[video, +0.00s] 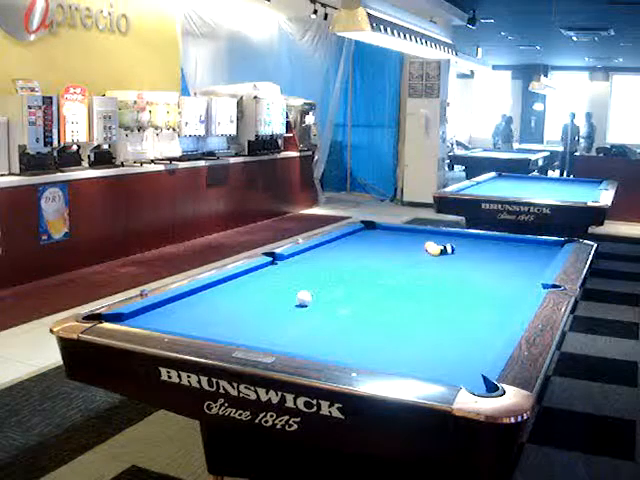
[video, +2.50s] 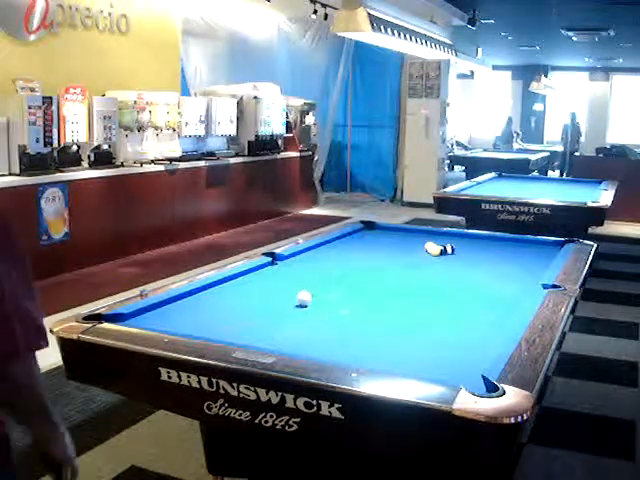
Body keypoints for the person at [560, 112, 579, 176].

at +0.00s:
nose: (571, 118)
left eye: (573, 116)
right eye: (571, 116)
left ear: (574, 117)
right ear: (569, 117)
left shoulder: (576, 127)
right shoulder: (565, 126)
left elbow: (578, 136)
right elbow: (562, 135)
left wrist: (577, 143)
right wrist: (562, 141)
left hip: (573, 146)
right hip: (565, 145)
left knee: (571, 160)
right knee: (563, 160)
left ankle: (569, 174)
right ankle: (561, 174)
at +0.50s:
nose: (571, 118)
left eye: (572, 116)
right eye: (570, 116)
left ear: (574, 117)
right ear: (569, 117)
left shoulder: (576, 127)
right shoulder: (565, 126)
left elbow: (578, 136)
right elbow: (562, 135)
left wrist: (577, 143)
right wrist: (563, 142)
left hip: (573, 146)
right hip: (565, 146)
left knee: (571, 161)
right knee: (563, 160)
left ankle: (568, 174)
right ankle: (561, 173)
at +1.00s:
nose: (572, 118)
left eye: (573, 117)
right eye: (571, 116)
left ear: (574, 117)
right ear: (569, 117)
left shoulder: (576, 128)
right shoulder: (565, 126)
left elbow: (578, 137)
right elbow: (562, 136)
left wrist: (577, 145)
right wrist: (563, 143)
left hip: (572, 147)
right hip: (565, 146)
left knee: (570, 161)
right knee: (563, 161)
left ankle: (568, 174)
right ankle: (561, 174)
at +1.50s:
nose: (572, 117)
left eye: (573, 116)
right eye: (571, 116)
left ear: (574, 117)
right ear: (569, 116)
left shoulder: (576, 127)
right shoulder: (565, 126)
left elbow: (578, 136)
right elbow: (563, 134)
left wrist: (577, 144)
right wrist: (562, 141)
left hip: (572, 145)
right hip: (565, 145)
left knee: (571, 159)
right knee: (563, 159)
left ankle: (569, 172)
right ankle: (561, 172)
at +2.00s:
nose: (572, 120)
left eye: (574, 119)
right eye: (571, 119)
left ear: (576, 118)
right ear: (570, 118)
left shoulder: (579, 126)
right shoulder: (566, 126)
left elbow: (581, 136)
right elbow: (563, 135)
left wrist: (580, 146)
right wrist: (563, 142)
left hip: (575, 146)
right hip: (566, 146)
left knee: (571, 159)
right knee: (563, 159)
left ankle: (569, 173)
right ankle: (561, 173)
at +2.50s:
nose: (572, 119)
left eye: (574, 117)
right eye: (571, 117)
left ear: (575, 117)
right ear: (570, 117)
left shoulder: (577, 126)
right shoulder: (566, 125)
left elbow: (579, 135)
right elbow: (563, 134)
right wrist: (563, 141)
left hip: (574, 146)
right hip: (566, 145)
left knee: (571, 159)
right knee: (563, 159)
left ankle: (569, 173)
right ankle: (561, 172)